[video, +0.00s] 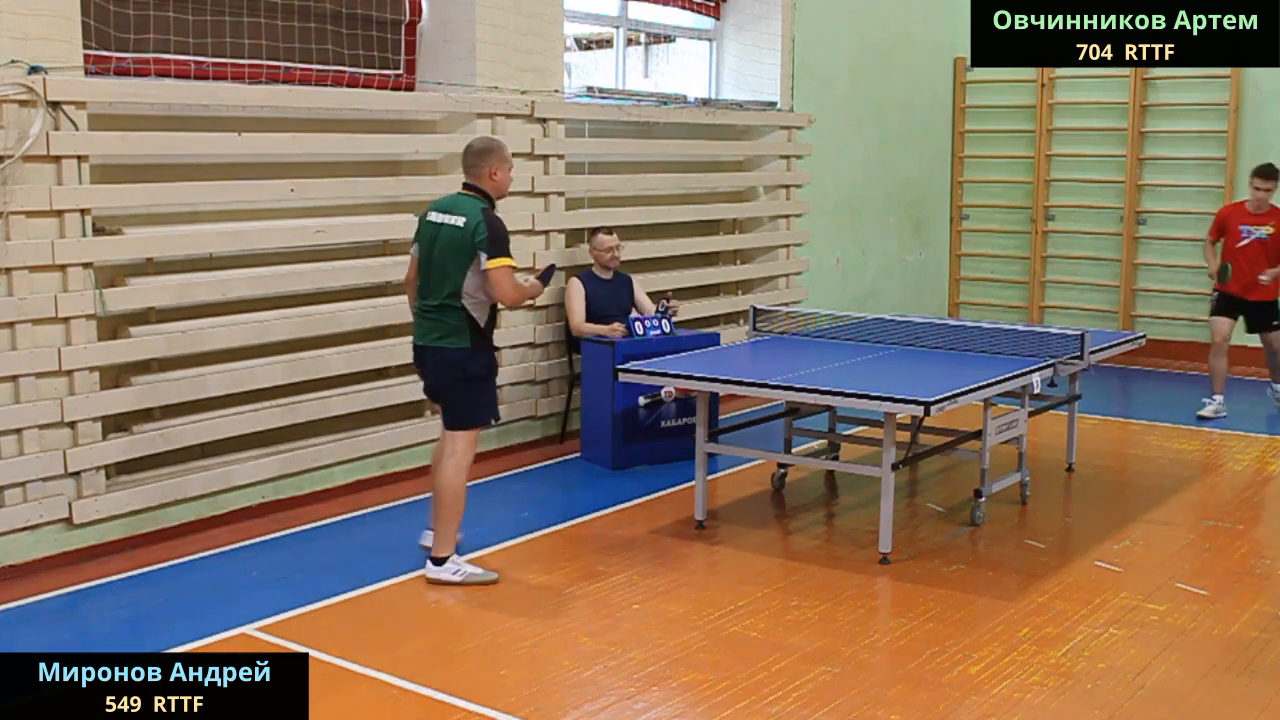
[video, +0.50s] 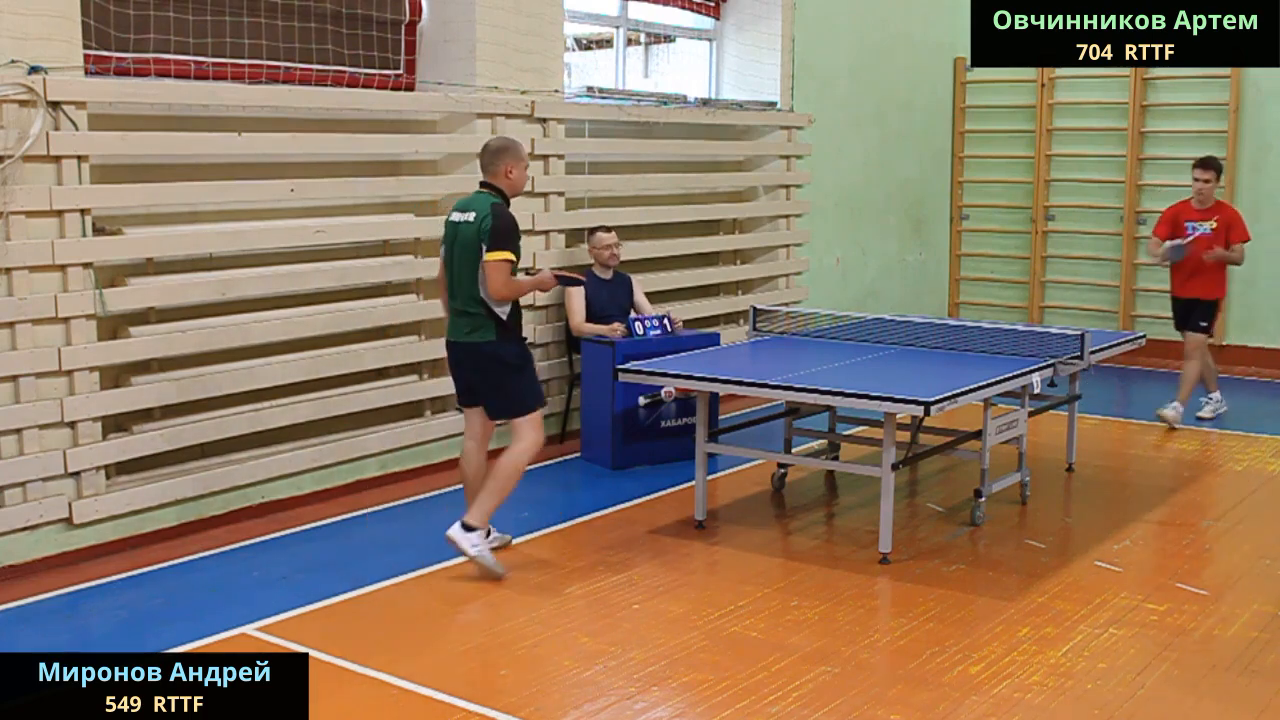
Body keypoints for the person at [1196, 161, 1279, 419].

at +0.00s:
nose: (1260, 195)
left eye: (1266, 190)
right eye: (1257, 189)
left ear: (1274, 191)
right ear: (1249, 186)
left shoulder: (1277, 218)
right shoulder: (1228, 213)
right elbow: (1210, 241)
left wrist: (1275, 271)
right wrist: (1212, 266)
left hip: (1265, 294)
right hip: (1229, 291)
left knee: (1274, 345)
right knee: (1219, 339)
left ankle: (1276, 386)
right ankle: (1217, 400)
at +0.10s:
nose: (1245, 191)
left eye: (1251, 186)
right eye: (1241, 184)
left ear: (1260, 187)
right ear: (1234, 183)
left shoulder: (1270, 219)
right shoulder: (1216, 212)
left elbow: (1275, 259)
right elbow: (1195, 241)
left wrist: (1255, 266)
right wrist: (1200, 262)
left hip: (1251, 294)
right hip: (1216, 291)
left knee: (1260, 349)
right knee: (1210, 343)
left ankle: (1273, 384)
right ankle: (1216, 400)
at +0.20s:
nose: (1232, 187)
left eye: (1239, 182)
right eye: (1229, 181)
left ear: (1248, 183)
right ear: (1222, 180)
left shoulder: (1259, 214)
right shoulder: (1206, 209)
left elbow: (1263, 253)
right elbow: (1183, 242)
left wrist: (1235, 254)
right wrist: (1193, 258)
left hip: (1239, 292)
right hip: (1207, 290)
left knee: (1240, 347)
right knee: (1206, 344)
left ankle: (1254, 383)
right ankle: (1215, 400)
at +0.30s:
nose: (1221, 183)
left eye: (1227, 178)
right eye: (1217, 177)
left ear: (1237, 180)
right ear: (1212, 177)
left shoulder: (1249, 212)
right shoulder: (1195, 208)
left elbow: (1254, 250)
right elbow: (1171, 241)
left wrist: (1226, 243)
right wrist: (1198, 244)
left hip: (1228, 288)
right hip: (1197, 287)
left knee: (1219, 342)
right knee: (1203, 343)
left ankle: (1229, 394)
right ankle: (1212, 397)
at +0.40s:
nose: (1210, 183)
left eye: (1216, 178)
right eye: (1206, 177)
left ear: (1227, 180)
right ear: (1201, 178)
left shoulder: (1238, 212)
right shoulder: (1186, 209)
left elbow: (1245, 252)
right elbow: (1163, 243)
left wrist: (1220, 242)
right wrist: (1192, 240)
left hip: (1218, 288)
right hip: (1189, 287)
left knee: (1206, 343)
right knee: (1200, 344)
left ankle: (1200, 403)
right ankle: (1215, 398)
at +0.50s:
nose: (1199, 186)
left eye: (1206, 182)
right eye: (1196, 180)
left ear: (1217, 184)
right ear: (1191, 181)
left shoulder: (1229, 215)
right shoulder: (1175, 212)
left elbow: (1239, 255)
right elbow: (1153, 246)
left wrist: (1222, 254)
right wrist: (1165, 252)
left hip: (1208, 293)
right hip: (1180, 292)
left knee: (1193, 347)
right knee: (1197, 347)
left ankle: (1178, 406)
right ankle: (1215, 398)